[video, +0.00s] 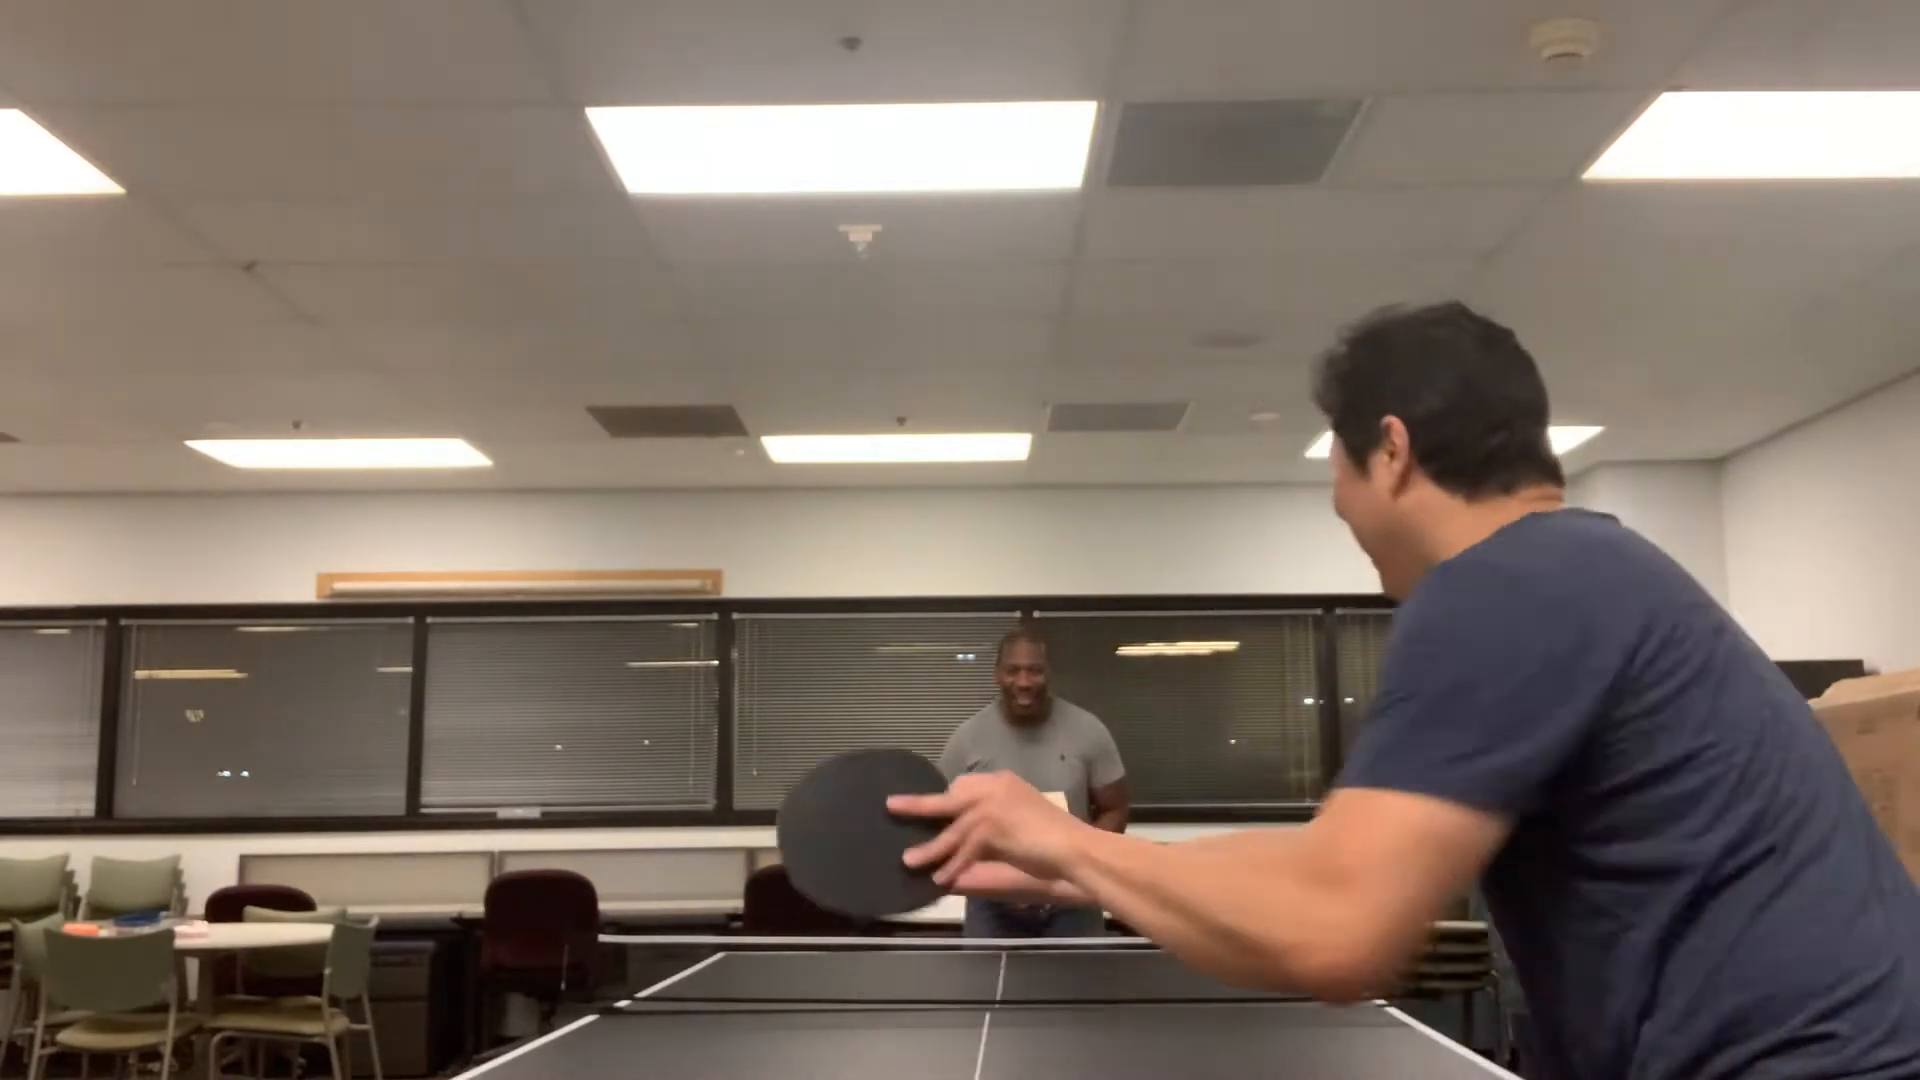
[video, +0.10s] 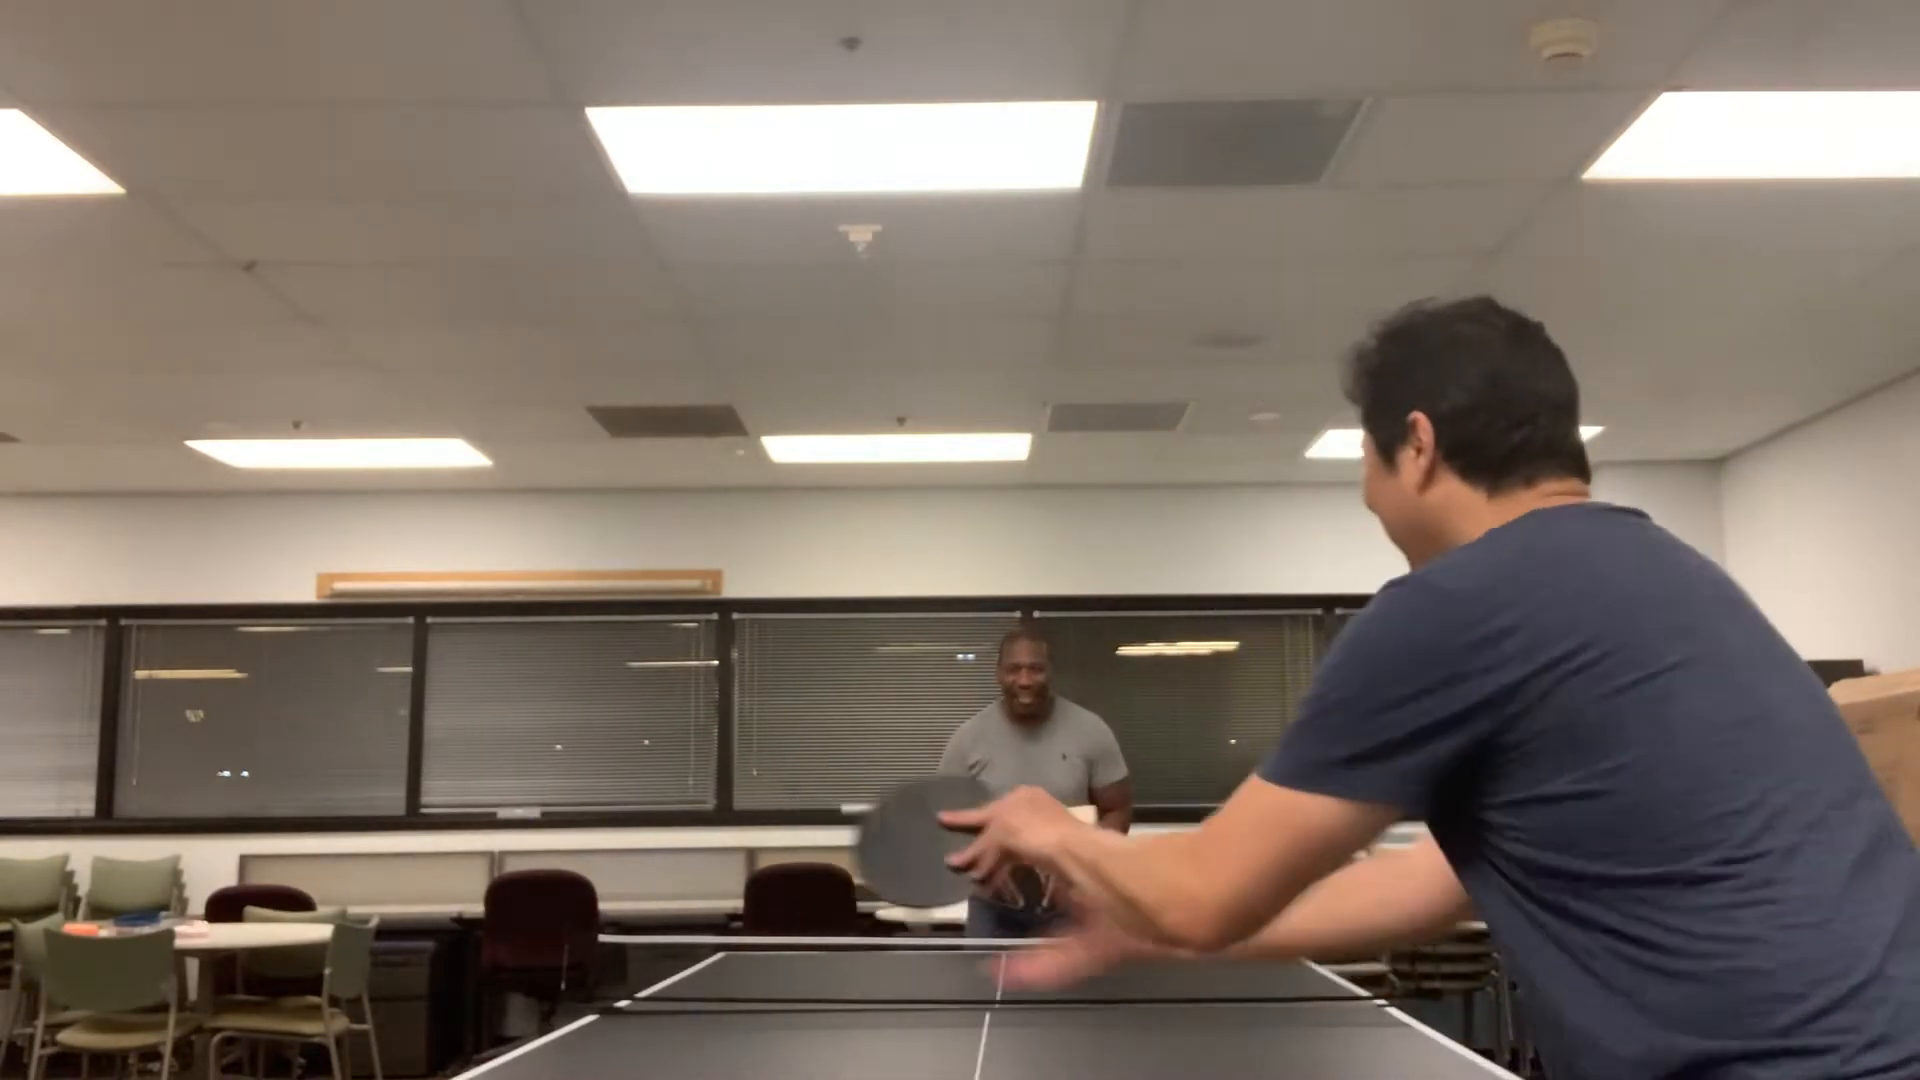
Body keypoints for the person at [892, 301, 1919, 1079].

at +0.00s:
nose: (1341, 507)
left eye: (1339, 469)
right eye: (1336, 475)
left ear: (1395, 449)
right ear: (1516, 440)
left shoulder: (1518, 586)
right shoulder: (1597, 569)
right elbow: (1355, 880)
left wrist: (1081, 856)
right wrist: (1091, 858)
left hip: (1775, 1055)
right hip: (1828, 1039)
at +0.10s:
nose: (1372, 497)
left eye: (1371, 463)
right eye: (1369, 466)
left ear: (1422, 448)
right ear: (1551, 440)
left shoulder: (1452, 608)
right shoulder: (1663, 570)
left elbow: (1198, 904)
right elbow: (1448, 872)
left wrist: (1058, 833)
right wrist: (1144, 933)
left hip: (1742, 1059)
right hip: (1881, 1036)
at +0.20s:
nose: (1392, 478)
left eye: (1390, 442)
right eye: (1388, 445)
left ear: (1434, 438)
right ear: (1578, 430)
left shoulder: (1428, 607)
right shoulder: (1738, 573)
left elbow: (1208, 874)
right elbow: (1639, 890)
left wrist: (1143, 787)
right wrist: (1411, 1040)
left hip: (1683, 1059)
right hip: (1900, 1037)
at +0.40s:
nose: (1434, 461)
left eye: (1431, 428)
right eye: (1428, 431)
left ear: (1465, 423)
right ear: (1626, 425)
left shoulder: (1419, 590)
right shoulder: (1830, 600)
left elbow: (1194, 856)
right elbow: (1905, 822)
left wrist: (1176, 716)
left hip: (1628, 1060)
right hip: (1887, 1051)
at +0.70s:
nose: (1360, 384)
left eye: (1356, 355)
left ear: (1376, 342)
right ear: (1571, 343)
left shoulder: (1288, 538)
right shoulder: (1790, 490)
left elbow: (1197, 930)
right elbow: (1918, 707)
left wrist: (1163, 841)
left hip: (1522, 1052)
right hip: (1855, 1043)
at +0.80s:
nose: (1341, 375)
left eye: (1336, 345)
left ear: (1352, 327)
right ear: (1555, 327)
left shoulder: (1262, 528)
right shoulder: (1781, 469)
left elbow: (1191, 937)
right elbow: (1918, 736)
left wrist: (1142, 875)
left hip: (1510, 1054)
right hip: (1860, 1039)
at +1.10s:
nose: (1437, 374)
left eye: (1428, 338)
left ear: (1459, 325)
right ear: (1666, 315)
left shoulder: (1402, 533)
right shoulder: (1890, 477)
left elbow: (1282, 940)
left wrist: (1141, 971)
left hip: (1621, 1047)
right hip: (1895, 1040)